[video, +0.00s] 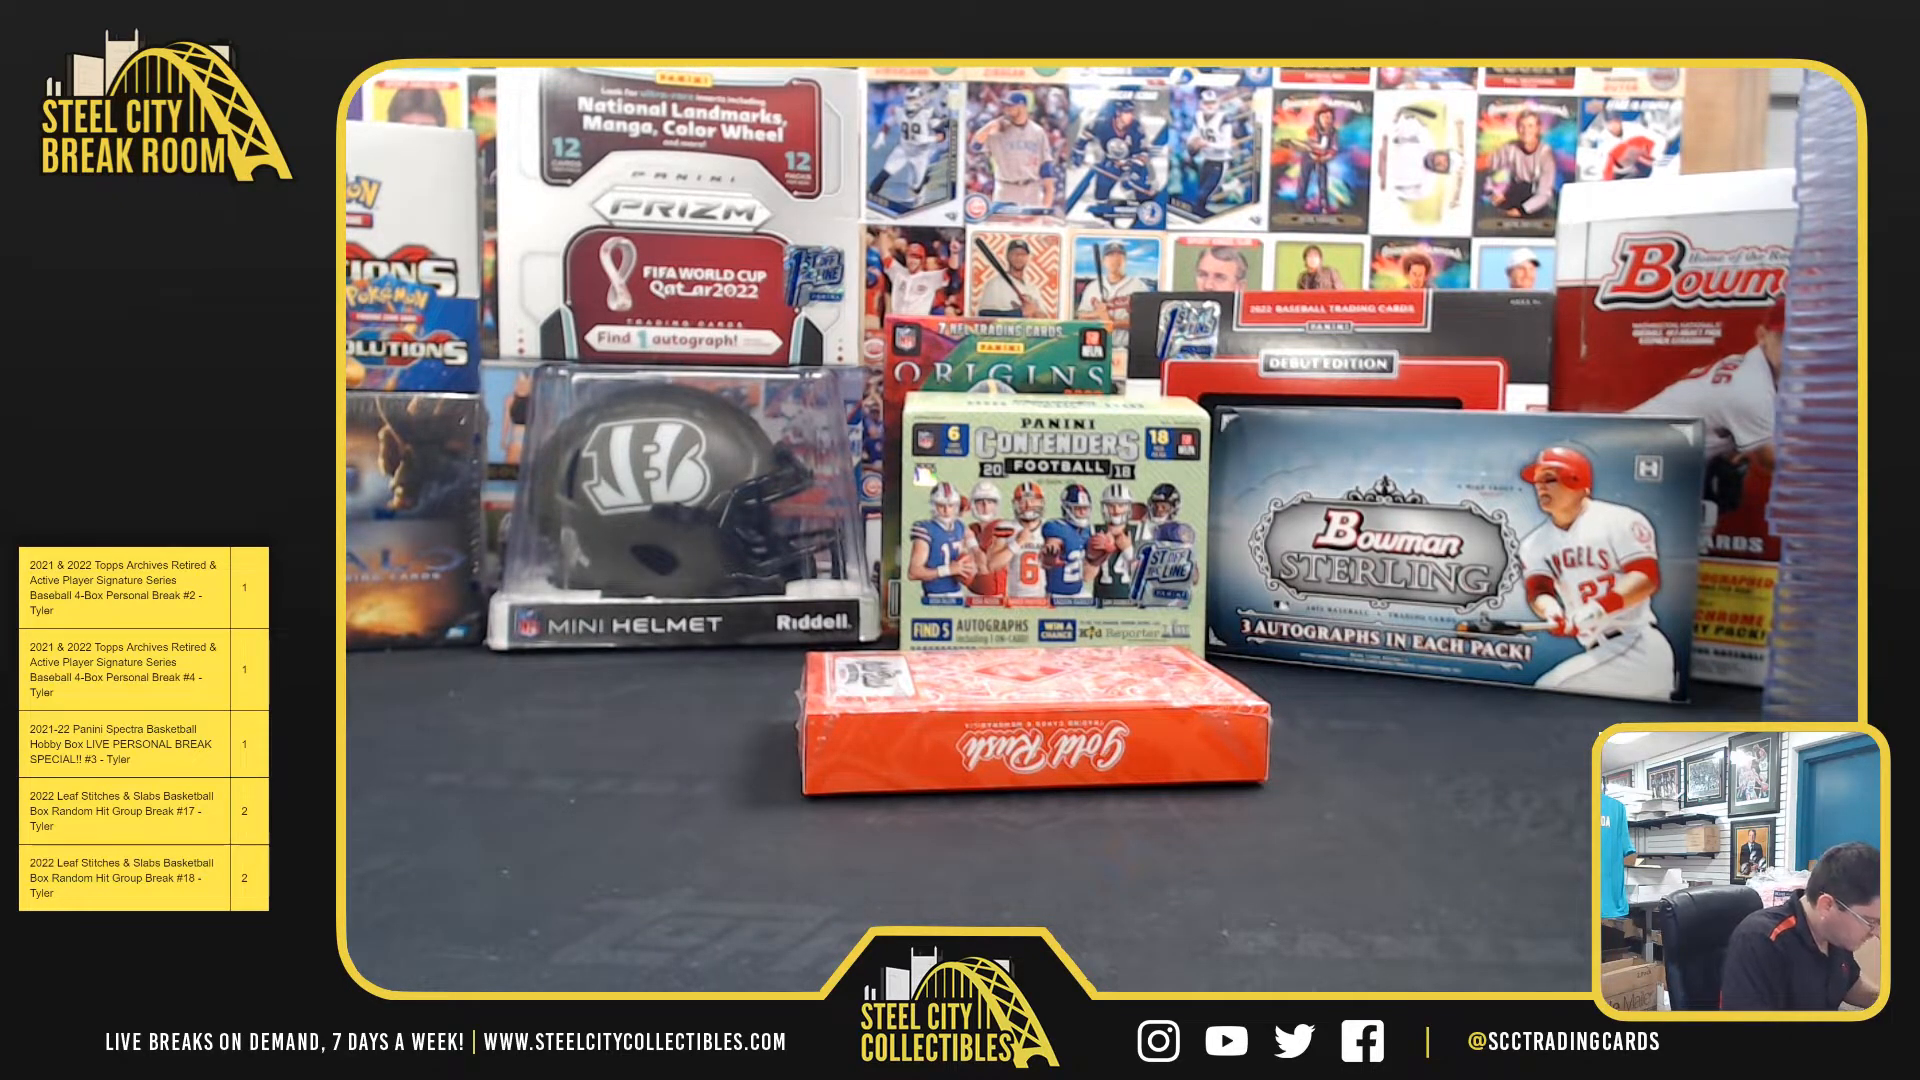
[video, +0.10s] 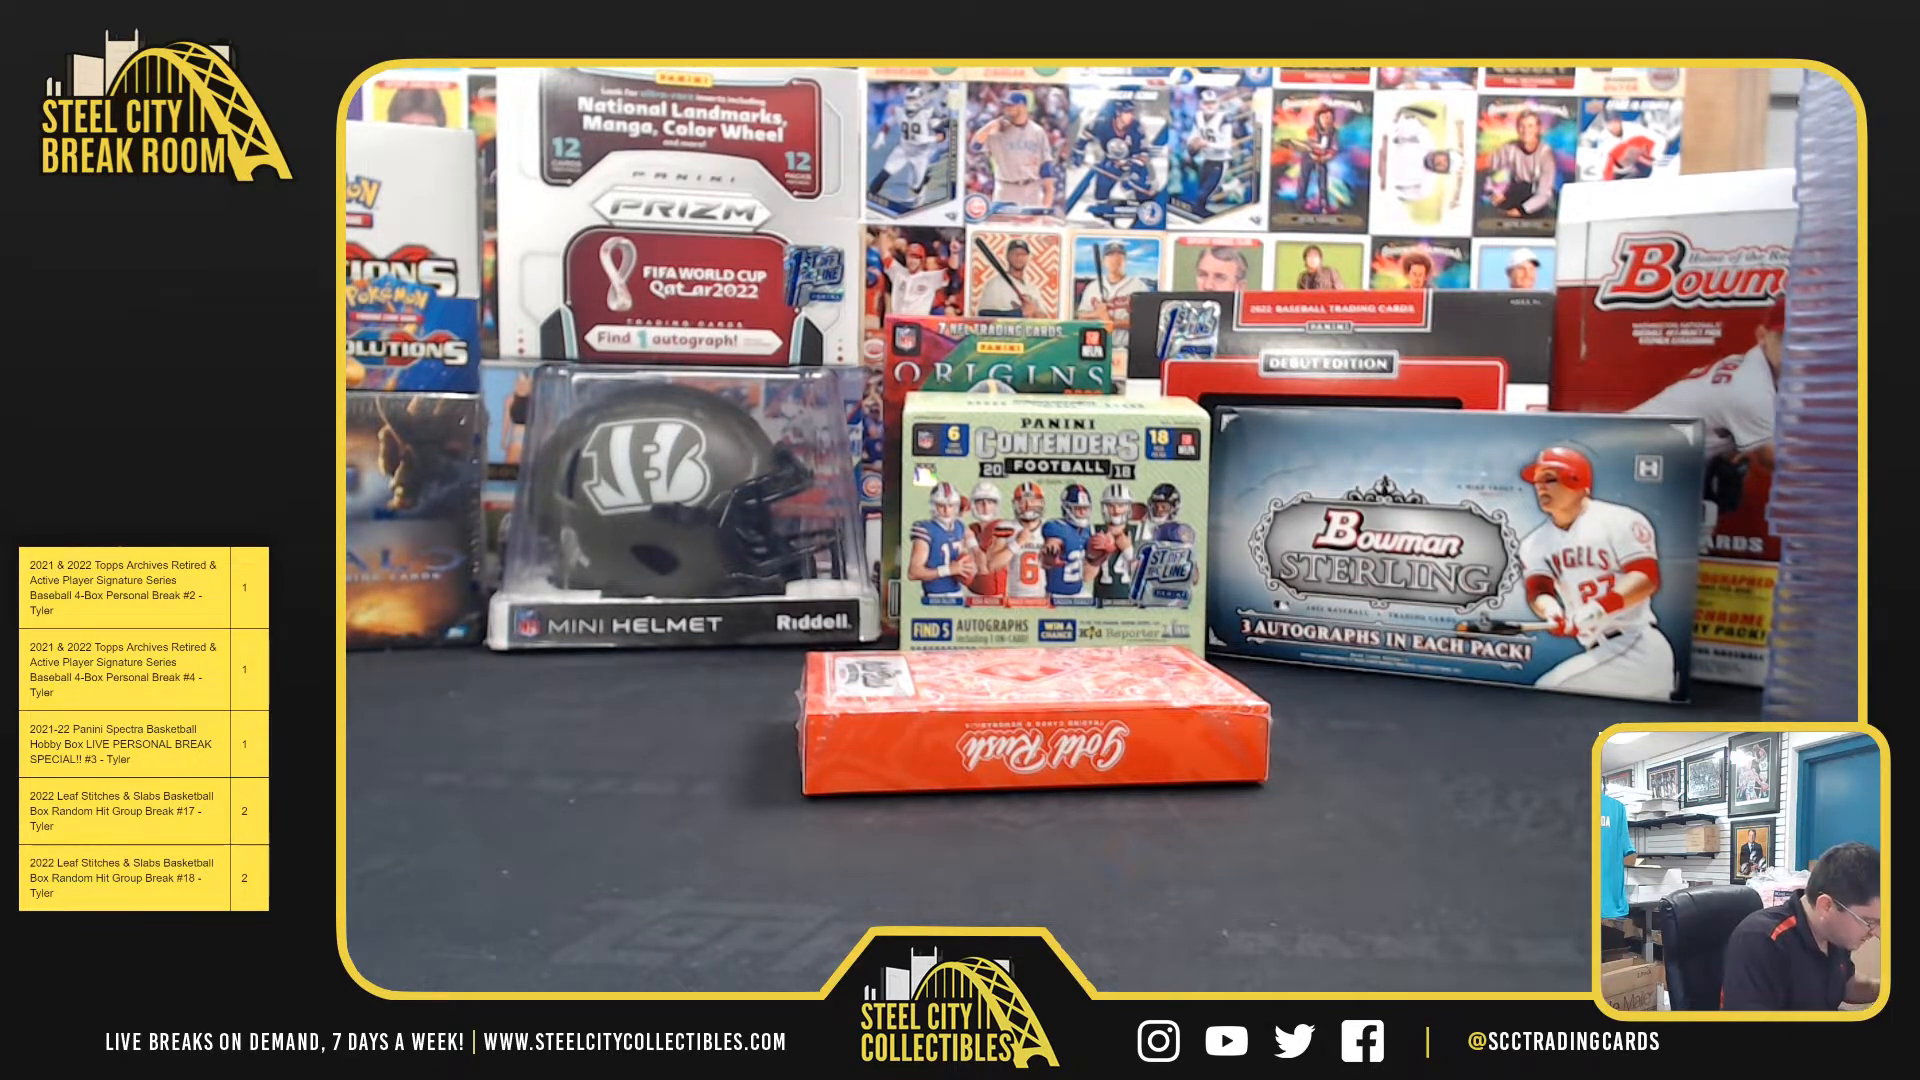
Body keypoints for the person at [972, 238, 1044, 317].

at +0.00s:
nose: (1019, 258)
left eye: (1023, 254)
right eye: (1015, 254)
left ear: (1028, 258)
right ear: (1008, 256)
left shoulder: (1032, 288)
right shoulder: (995, 284)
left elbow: (1045, 317)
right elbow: (985, 314)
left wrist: (1034, 310)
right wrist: (1020, 313)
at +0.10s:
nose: (1019, 258)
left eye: (1023, 254)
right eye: (1016, 254)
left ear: (1028, 258)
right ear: (1008, 256)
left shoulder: (1032, 289)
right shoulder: (995, 284)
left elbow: (1045, 317)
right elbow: (985, 314)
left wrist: (1033, 310)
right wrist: (1020, 313)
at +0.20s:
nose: (1019, 257)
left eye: (1023, 254)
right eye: (1015, 254)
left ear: (1028, 258)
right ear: (1008, 256)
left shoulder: (1032, 288)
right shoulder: (995, 285)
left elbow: (1044, 317)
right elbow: (985, 315)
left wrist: (1033, 311)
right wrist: (1020, 313)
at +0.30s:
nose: (1019, 257)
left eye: (1023, 254)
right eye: (1015, 254)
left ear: (1028, 258)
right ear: (1008, 256)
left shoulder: (1033, 288)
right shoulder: (995, 285)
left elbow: (1044, 317)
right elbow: (985, 315)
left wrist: (1033, 310)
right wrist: (1020, 313)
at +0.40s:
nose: (1019, 257)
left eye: (1023, 254)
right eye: (1015, 254)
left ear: (1028, 258)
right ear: (1008, 256)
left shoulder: (1033, 288)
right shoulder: (995, 285)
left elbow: (1044, 317)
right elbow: (985, 315)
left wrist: (1033, 310)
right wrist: (1020, 313)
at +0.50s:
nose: (1019, 257)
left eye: (1023, 254)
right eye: (1015, 254)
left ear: (1028, 258)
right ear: (1008, 256)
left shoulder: (1033, 288)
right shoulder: (995, 285)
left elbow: (1044, 317)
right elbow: (985, 315)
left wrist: (1033, 310)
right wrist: (1020, 313)